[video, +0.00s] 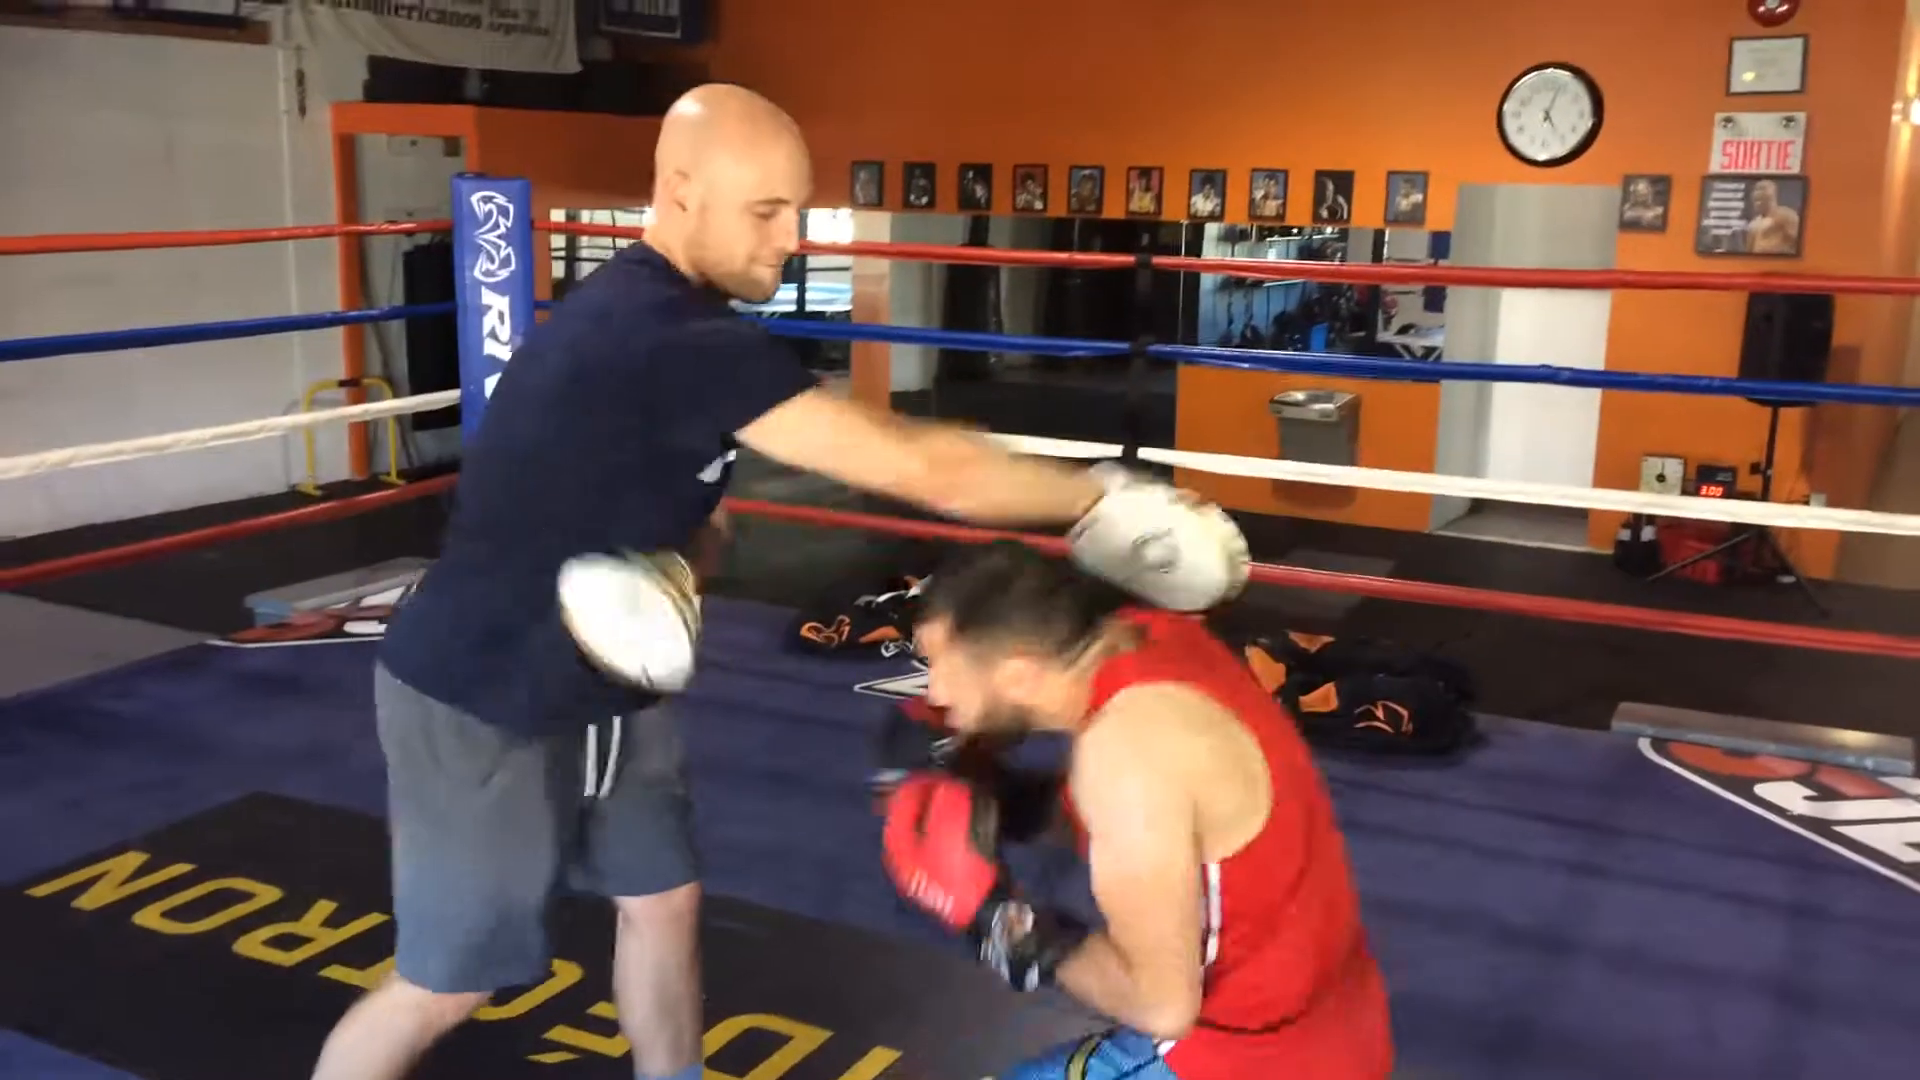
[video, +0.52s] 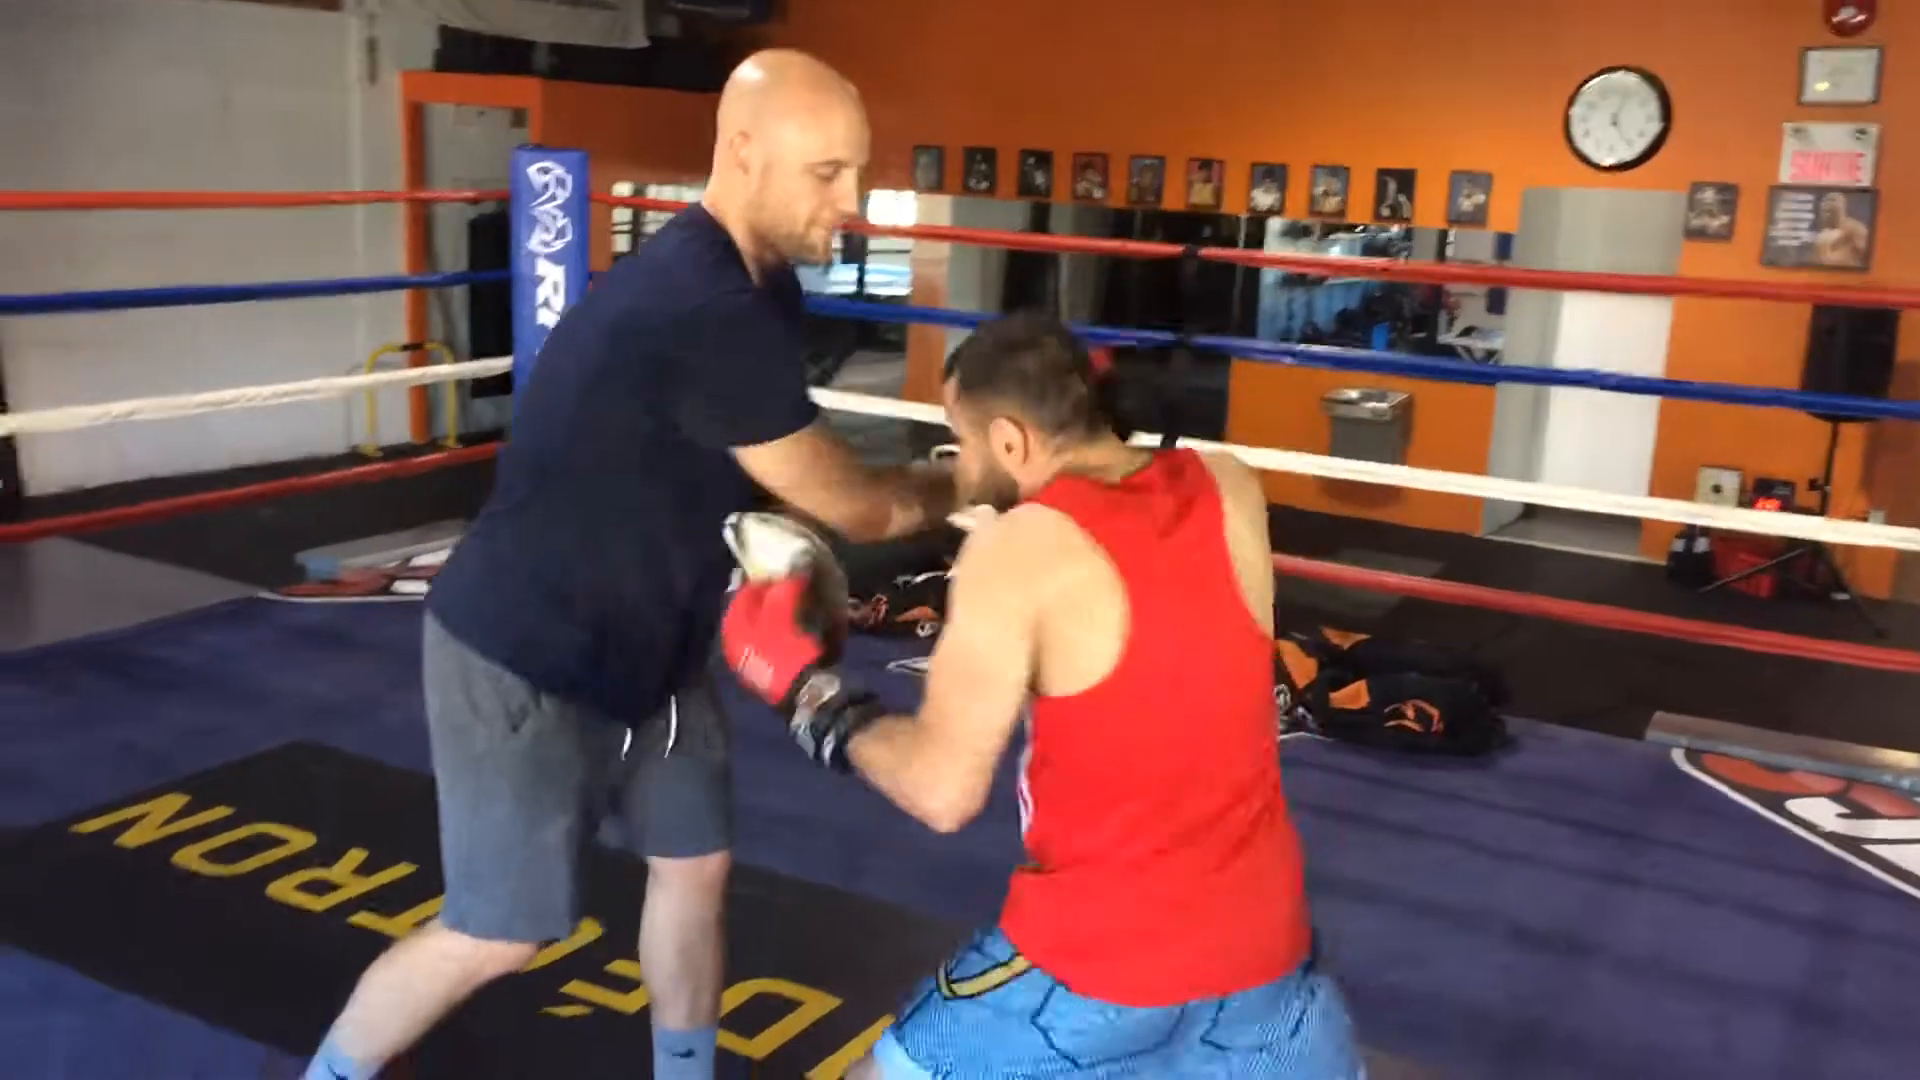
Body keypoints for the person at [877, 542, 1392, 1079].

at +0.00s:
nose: (931, 689)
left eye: (938, 664)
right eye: (930, 664)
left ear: (1017, 671)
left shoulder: (1128, 749)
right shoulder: (1157, 638)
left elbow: (1160, 1001)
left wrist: (994, 919)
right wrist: (1007, 800)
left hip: (1257, 1058)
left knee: (1017, 1074)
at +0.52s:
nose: (961, 468)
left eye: (960, 441)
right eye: (956, 442)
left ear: (1014, 441)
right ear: (1090, 411)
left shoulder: (1017, 549)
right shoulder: (1229, 480)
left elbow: (941, 787)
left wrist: (802, 688)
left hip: (1090, 964)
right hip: (1264, 942)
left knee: (893, 1066)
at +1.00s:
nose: (1132, 509)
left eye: (1144, 485)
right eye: (1133, 485)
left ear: (1207, 486)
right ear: (1262, 478)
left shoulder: (1200, 584)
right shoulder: (1400, 566)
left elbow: (1113, 804)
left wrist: (1048, 667)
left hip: (1240, 1001)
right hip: (1415, 1010)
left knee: (998, 1063)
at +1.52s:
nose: (1568, 370)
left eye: (1589, 345)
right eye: (1576, 343)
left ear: (1664, 361)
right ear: (1692, 362)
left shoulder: (1624, 456)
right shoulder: (1811, 474)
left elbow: (1501, 639)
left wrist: (1440, 523)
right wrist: (1553, 515)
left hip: (1605, 885)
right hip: (1742, 880)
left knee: (1591, 1062)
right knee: (1724, 1060)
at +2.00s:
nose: (1321, 349)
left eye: (1341, 329)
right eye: (1325, 326)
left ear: (1410, 338)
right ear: (1423, 335)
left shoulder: (1424, 438)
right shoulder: (1506, 383)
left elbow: (1388, 620)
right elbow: (1453, 530)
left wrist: (1295, 534)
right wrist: (1342, 490)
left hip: (1440, 716)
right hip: (1538, 710)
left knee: (1295, 857)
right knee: (1525, 886)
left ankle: (1260, 1048)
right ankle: (1606, 1060)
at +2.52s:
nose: (1259, 340)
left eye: (1274, 321)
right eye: (1255, 321)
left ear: (1336, 316)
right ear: (1322, 319)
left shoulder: (1379, 398)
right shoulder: (1341, 389)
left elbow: (1370, 551)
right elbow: (1320, 534)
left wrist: (1284, 473)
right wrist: (1255, 473)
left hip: (1363, 665)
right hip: (1377, 654)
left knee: (1226, 830)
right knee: (1367, 799)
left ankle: (1214, 1041)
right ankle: (1412, 942)